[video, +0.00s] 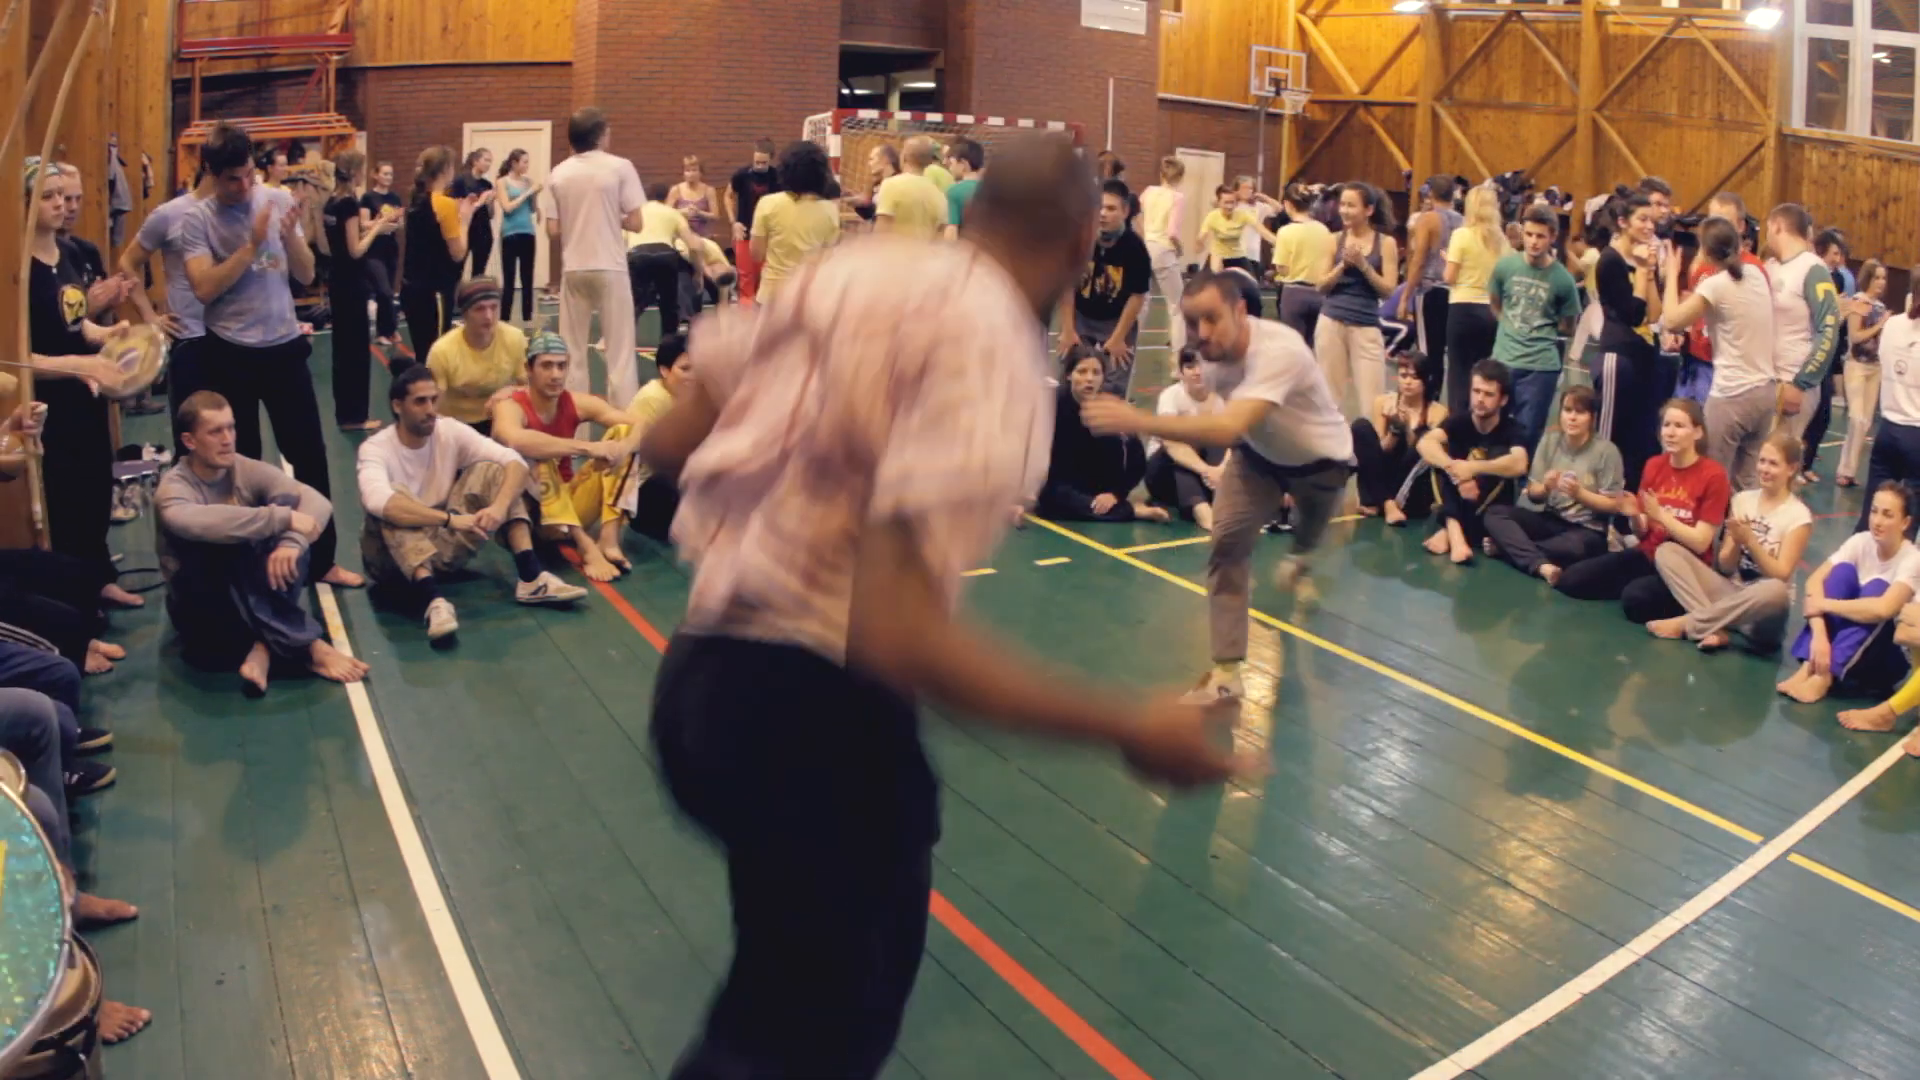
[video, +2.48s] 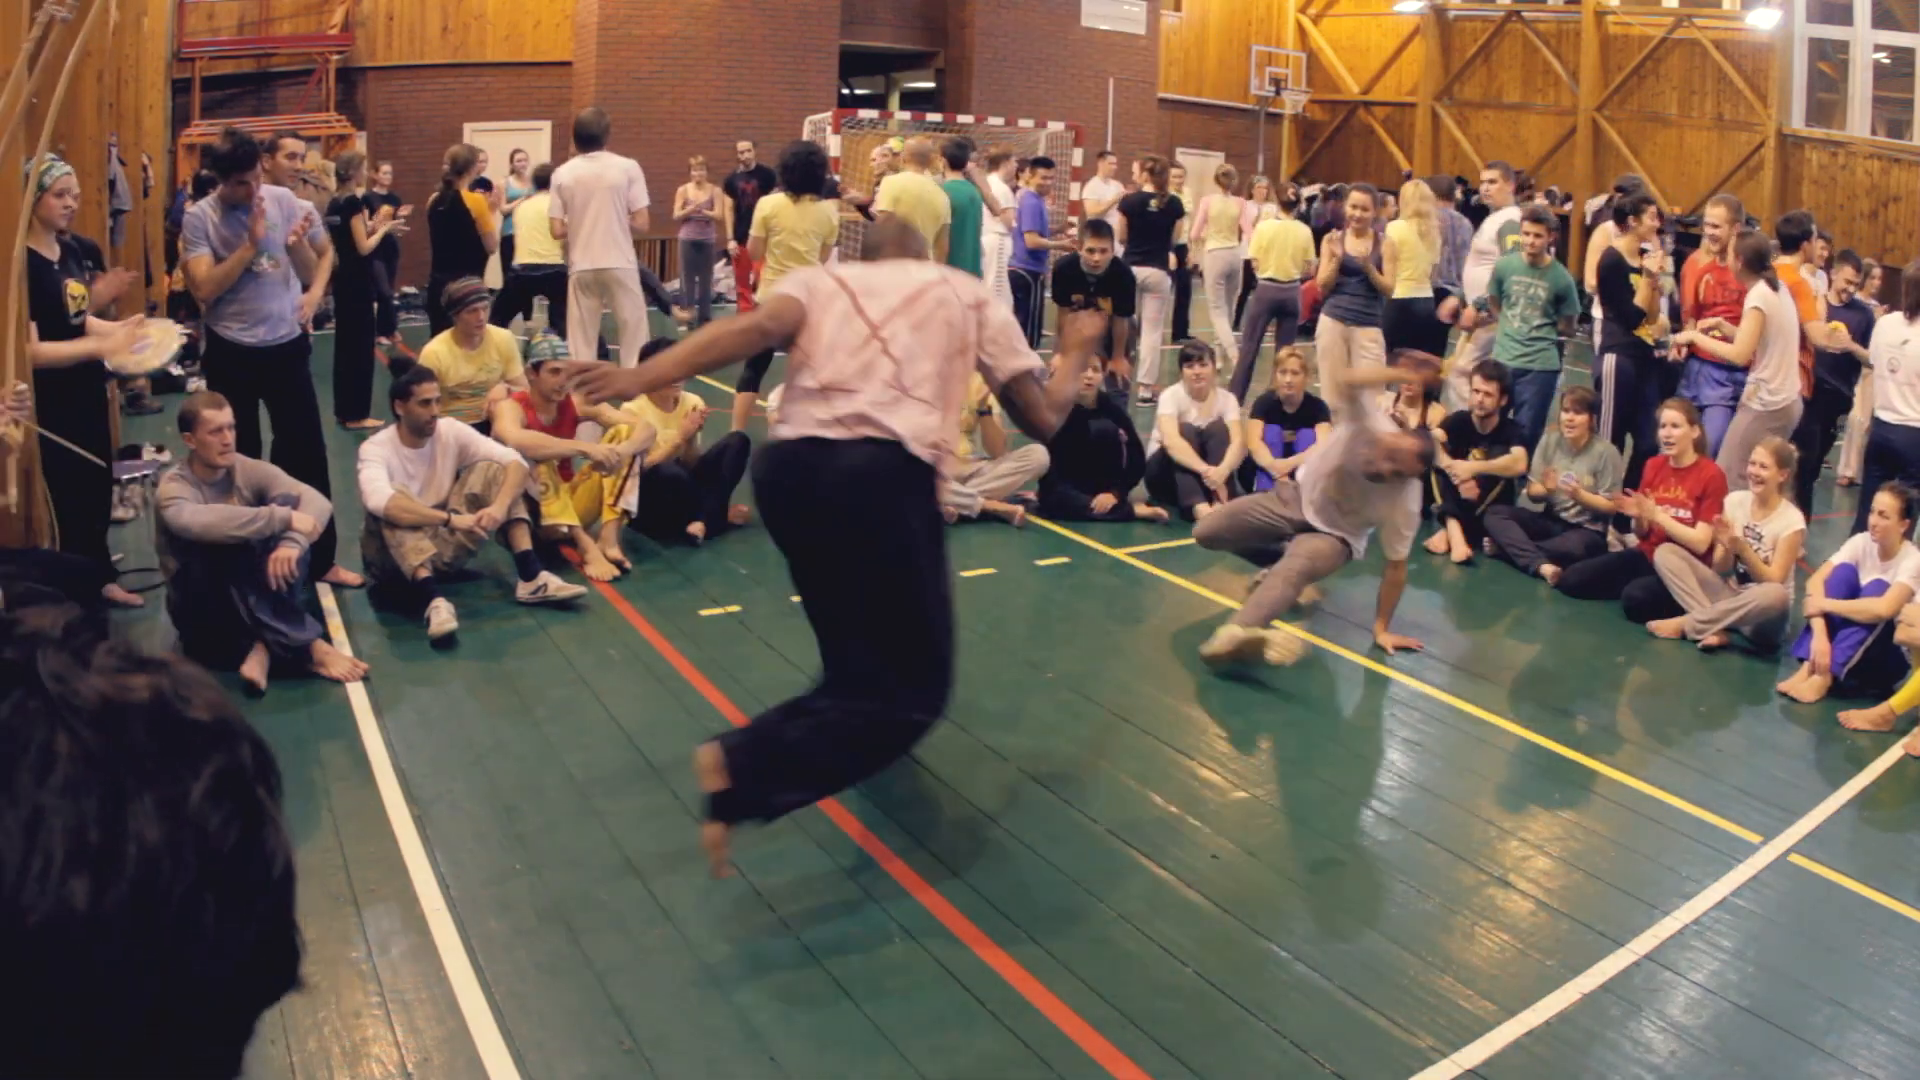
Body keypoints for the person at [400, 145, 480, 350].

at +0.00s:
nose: (453, 172)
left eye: (453, 167)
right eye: (452, 167)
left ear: (426, 169)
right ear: (444, 170)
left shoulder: (414, 200)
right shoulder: (444, 204)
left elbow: (431, 240)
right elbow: (458, 252)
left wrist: (459, 213)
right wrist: (465, 219)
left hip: (411, 285)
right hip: (433, 289)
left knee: (422, 353)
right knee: (433, 354)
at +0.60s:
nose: (449, 173)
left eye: (448, 168)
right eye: (447, 168)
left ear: (421, 170)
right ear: (441, 171)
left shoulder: (408, 206)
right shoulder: (444, 206)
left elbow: (405, 250)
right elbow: (458, 253)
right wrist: (459, 217)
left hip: (412, 286)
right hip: (434, 288)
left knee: (423, 350)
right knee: (434, 349)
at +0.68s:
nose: (450, 173)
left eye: (450, 168)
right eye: (449, 167)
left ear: (422, 170)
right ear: (443, 171)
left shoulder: (409, 207)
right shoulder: (445, 205)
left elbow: (405, 251)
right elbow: (462, 251)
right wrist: (464, 215)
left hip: (413, 287)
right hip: (438, 289)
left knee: (425, 351)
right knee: (439, 350)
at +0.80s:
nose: (451, 172)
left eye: (450, 167)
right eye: (450, 166)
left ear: (423, 170)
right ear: (444, 170)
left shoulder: (411, 206)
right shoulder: (447, 204)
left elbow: (406, 251)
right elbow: (464, 250)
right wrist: (466, 214)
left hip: (415, 285)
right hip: (441, 287)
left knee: (425, 349)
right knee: (441, 349)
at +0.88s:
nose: (452, 172)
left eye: (452, 167)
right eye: (451, 167)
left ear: (425, 170)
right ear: (445, 170)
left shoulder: (411, 207)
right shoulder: (452, 204)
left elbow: (411, 248)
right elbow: (463, 250)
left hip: (417, 284)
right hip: (444, 284)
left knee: (425, 348)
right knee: (441, 345)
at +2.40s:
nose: (478, 168)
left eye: (478, 162)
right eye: (476, 163)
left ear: (448, 166)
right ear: (469, 168)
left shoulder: (432, 201)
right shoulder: (473, 201)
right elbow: (490, 245)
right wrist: (493, 211)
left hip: (437, 282)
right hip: (467, 284)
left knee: (439, 346)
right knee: (465, 346)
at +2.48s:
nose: (480, 167)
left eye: (480, 162)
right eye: (478, 163)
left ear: (450, 166)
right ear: (471, 168)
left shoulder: (433, 201)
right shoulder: (476, 200)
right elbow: (491, 245)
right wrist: (496, 211)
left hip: (438, 283)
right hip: (469, 284)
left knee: (439, 345)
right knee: (467, 344)